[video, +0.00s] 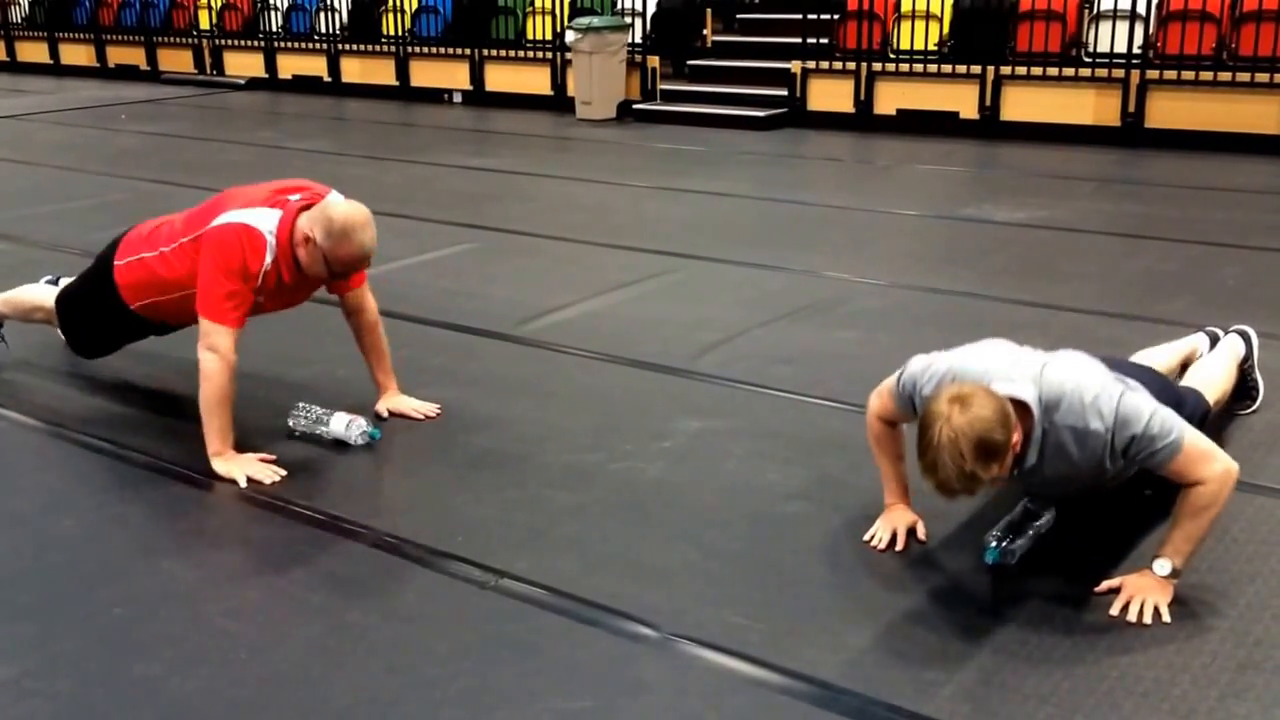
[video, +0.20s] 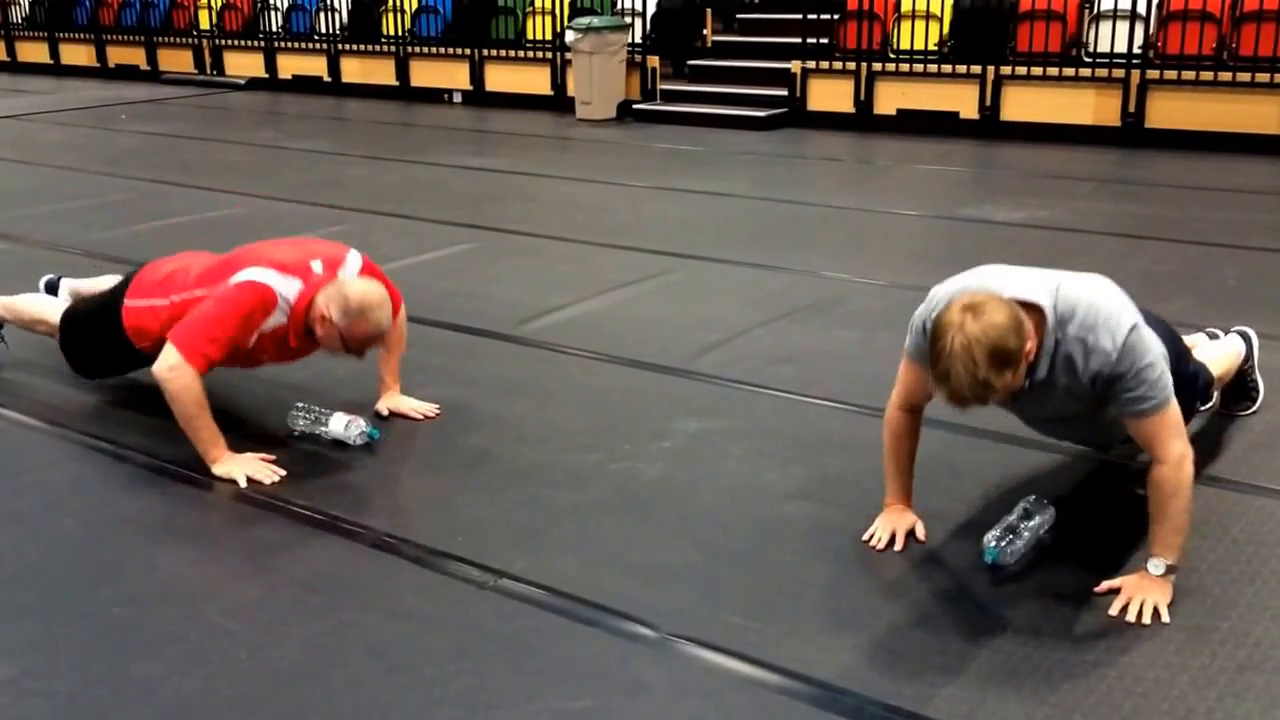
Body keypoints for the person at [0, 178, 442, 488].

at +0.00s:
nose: (336, 287)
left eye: (347, 278)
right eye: (331, 274)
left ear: (358, 243)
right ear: (305, 240)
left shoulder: (338, 224)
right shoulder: (235, 245)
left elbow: (361, 307)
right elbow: (216, 351)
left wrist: (389, 388)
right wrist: (223, 453)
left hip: (184, 290)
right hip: (128, 287)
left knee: (94, 308)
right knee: (63, 308)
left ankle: (48, 296)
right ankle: (8, 304)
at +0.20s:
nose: (333, 349)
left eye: (347, 349)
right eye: (334, 340)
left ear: (377, 317)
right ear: (324, 310)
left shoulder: (363, 278)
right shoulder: (256, 296)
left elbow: (394, 315)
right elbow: (172, 370)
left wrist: (391, 390)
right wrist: (220, 457)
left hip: (191, 278)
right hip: (142, 311)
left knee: (127, 287)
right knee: (63, 322)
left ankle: (65, 286)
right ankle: (3, 308)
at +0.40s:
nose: (358, 406)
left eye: (371, 402)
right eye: (354, 399)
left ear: (398, 342)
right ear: (336, 368)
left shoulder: (383, 312)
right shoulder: (262, 344)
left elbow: (397, 312)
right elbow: (163, 380)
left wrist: (385, 391)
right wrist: (220, 458)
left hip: (216, 311)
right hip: (153, 342)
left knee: (139, 314)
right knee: (73, 341)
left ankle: (71, 290)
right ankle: (6, 307)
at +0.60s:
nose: (359, 371)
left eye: (369, 364)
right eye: (357, 363)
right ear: (330, 336)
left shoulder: (368, 297)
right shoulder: (256, 322)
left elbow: (398, 310)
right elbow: (166, 376)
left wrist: (390, 389)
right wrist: (219, 457)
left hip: (196, 299)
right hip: (143, 335)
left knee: (136, 301)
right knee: (70, 333)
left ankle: (70, 289)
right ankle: (6, 309)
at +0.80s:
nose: (343, 308)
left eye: (354, 301)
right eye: (336, 296)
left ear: (373, 255)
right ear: (312, 265)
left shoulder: (353, 243)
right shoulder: (241, 261)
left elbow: (382, 312)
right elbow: (192, 358)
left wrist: (390, 389)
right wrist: (221, 456)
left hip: (189, 268)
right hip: (135, 284)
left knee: (110, 307)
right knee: (66, 314)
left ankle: (65, 294)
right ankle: (12, 304)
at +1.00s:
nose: (332, 296)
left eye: (346, 289)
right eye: (329, 285)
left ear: (363, 258)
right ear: (306, 251)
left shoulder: (340, 235)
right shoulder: (237, 253)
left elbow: (369, 305)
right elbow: (198, 354)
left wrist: (388, 390)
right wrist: (221, 456)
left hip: (175, 285)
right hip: (125, 285)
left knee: (97, 306)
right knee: (59, 309)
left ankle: (55, 292)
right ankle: (10, 303)